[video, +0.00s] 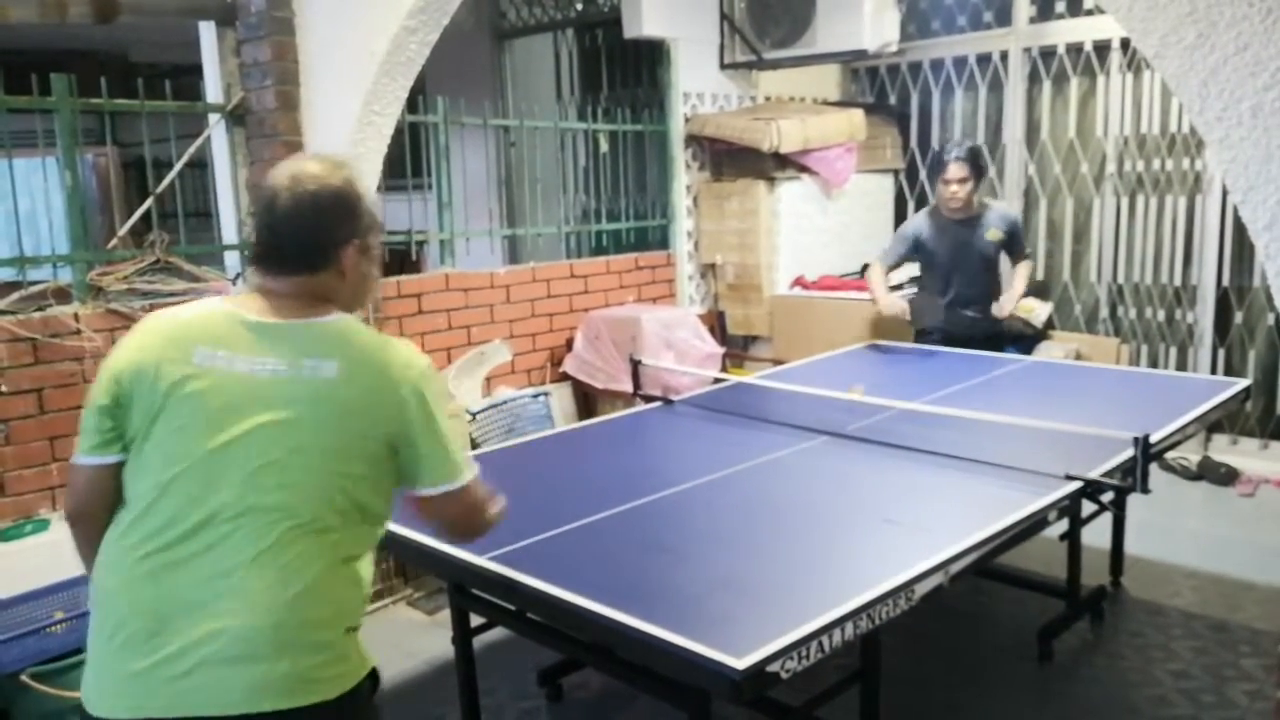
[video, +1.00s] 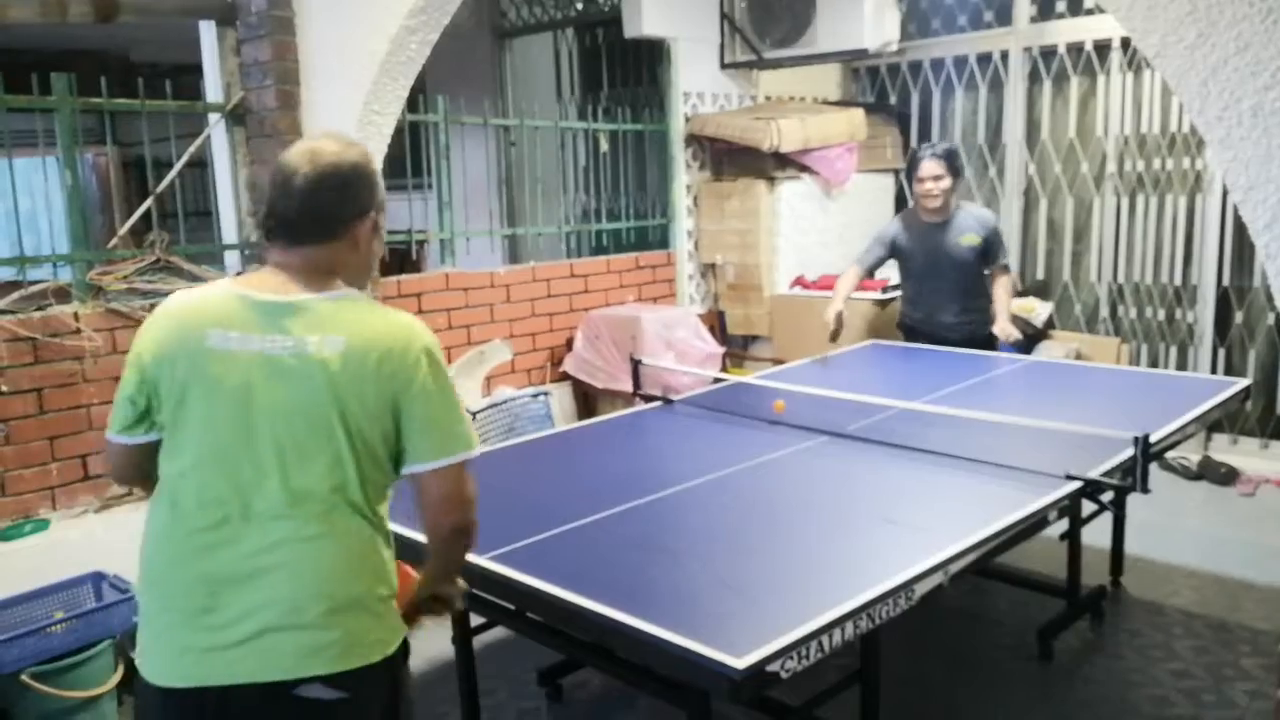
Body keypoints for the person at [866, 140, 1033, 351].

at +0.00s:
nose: (954, 191)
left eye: (962, 182)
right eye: (945, 182)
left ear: (977, 182)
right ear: (935, 183)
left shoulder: (1002, 220)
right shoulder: (919, 226)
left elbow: (1021, 260)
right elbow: (877, 267)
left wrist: (1012, 295)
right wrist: (884, 299)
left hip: (985, 333)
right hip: (935, 332)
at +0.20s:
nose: (939, 205)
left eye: (947, 197)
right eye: (930, 198)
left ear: (958, 197)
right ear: (918, 200)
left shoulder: (979, 229)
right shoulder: (908, 236)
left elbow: (994, 278)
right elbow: (883, 275)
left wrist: (1002, 328)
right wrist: (874, 311)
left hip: (973, 336)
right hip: (924, 338)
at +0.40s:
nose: (935, 213)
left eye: (943, 204)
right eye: (925, 205)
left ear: (954, 202)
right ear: (913, 205)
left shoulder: (972, 231)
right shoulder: (904, 238)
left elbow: (987, 279)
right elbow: (883, 275)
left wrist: (998, 323)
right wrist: (863, 305)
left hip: (965, 327)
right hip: (916, 328)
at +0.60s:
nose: (940, 200)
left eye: (948, 191)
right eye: (931, 192)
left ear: (961, 190)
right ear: (918, 194)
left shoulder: (979, 225)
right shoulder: (906, 233)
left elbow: (989, 271)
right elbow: (865, 273)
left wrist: (1000, 318)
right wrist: (851, 310)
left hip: (968, 326)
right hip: (919, 327)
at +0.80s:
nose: (944, 194)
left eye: (952, 185)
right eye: (935, 186)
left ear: (966, 187)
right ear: (923, 189)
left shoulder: (989, 229)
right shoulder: (907, 233)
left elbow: (1005, 277)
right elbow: (864, 273)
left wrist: (1007, 329)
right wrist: (848, 309)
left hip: (976, 344)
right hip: (923, 345)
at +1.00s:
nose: (930, 187)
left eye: (938, 179)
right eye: (921, 180)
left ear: (954, 180)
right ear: (911, 184)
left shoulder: (981, 223)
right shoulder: (899, 228)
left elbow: (1000, 272)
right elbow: (859, 268)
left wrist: (1002, 319)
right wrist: (836, 303)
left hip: (973, 344)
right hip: (920, 343)